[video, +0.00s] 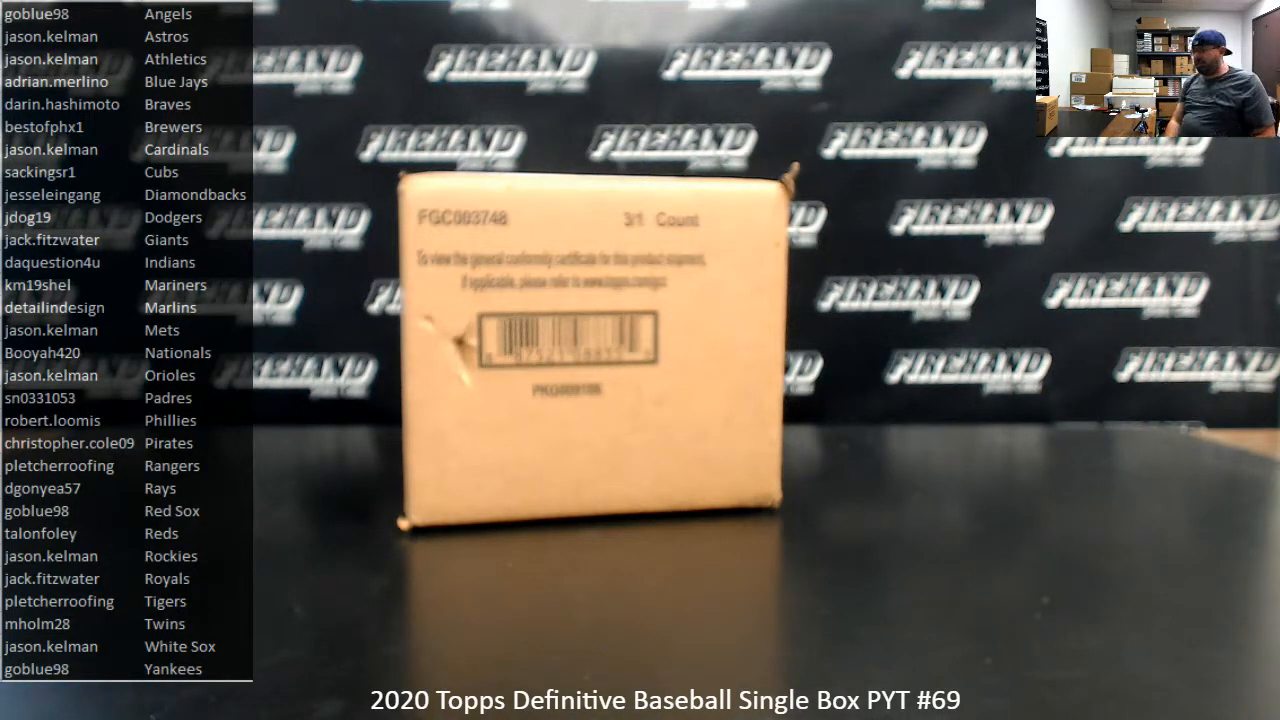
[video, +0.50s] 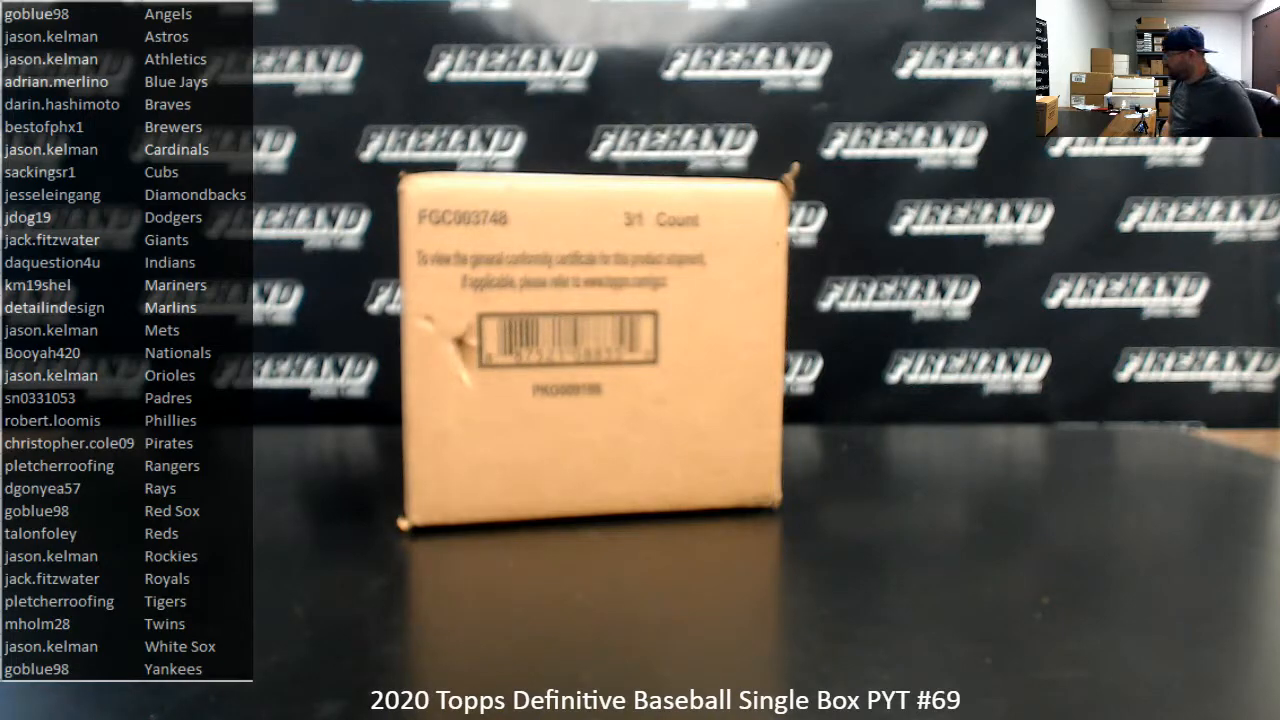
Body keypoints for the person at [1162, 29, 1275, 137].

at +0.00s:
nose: (1197, 57)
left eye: (1203, 51)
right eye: (1194, 52)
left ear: (1221, 52)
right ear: (1191, 54)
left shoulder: (1248, 82)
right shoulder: (1190, 83)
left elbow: (1267, 134)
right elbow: (1176, 120)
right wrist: (1167, 149)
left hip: (1229, 162)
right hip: (1187, 160)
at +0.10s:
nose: (1190, 58)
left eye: (1196, 51)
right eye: (1190, 52)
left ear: (1217, 51)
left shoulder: (1247, 83)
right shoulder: (1191, 82)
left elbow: (1266, 136)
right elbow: (1176, 120)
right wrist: (1164, 149)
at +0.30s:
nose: (1174, 61)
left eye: (1180, 54)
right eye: (1175, 55)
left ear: (1203, 53)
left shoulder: (1237, 89)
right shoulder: (1185, 85)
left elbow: (1262, 141)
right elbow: (1173, 122)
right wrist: (1163, 152)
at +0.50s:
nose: (1165, 62)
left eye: (1169, 56)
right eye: (1165, 56)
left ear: (1191, 55)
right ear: (1191, 55)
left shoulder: (1227, 90)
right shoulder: (1179, 86)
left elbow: (1253, 143)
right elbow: (1170, 125)